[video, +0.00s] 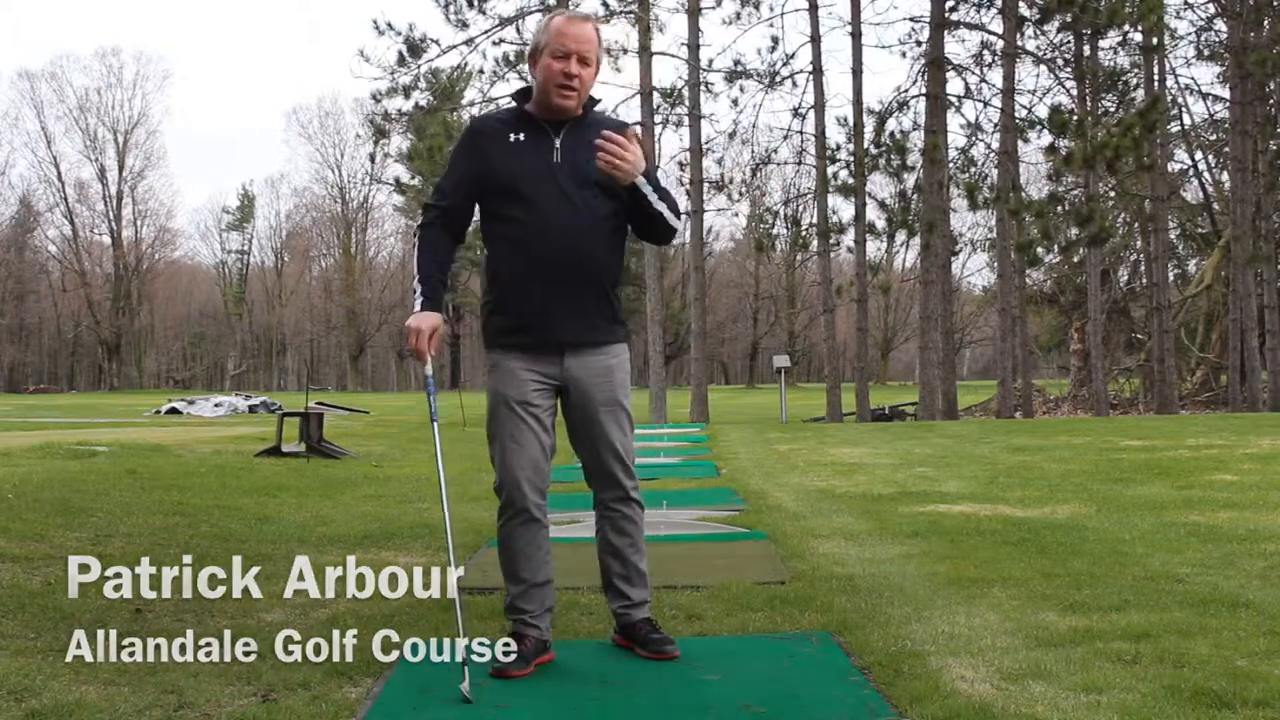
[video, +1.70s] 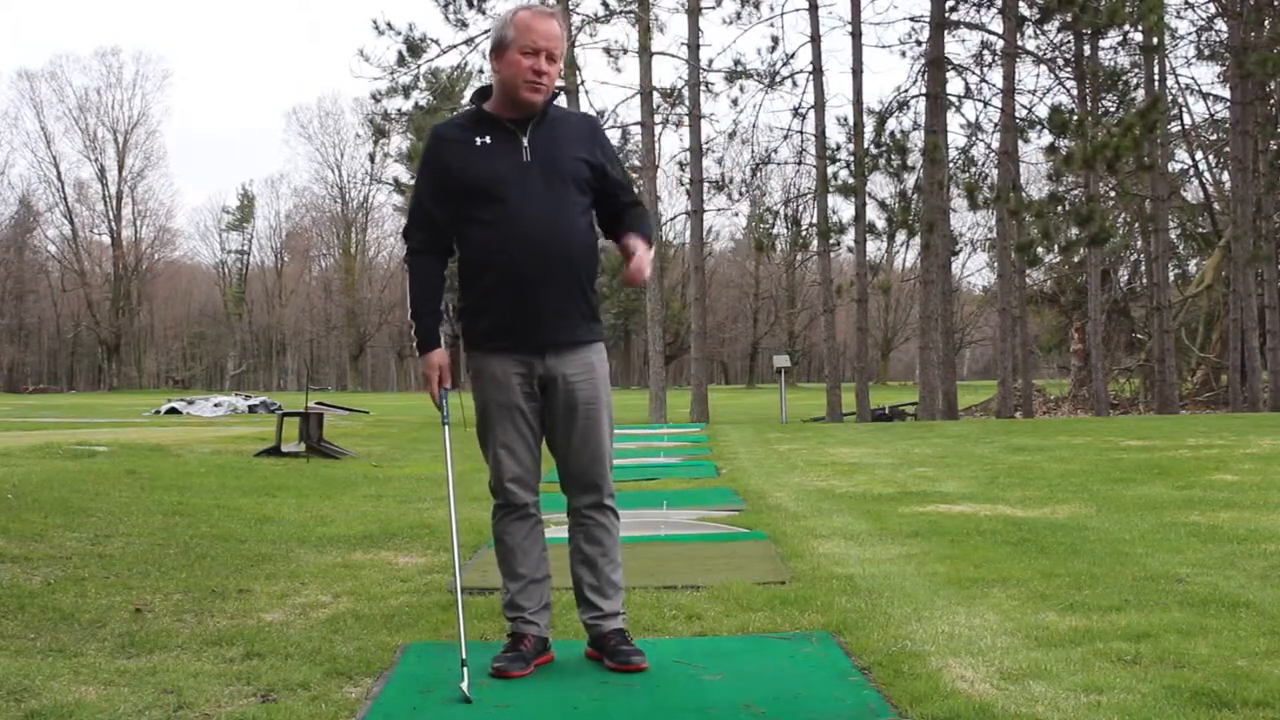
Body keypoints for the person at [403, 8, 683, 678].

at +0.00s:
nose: (571, 70)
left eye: (584, 61)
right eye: (560, 56)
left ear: (598, 73)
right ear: (533, 62)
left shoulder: (618, 139)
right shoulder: (487, 136)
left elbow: (665, 228)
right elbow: (442, 222)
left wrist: (636, 180)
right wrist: (428, 304)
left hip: (598, 340)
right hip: (516, 343)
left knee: (618, 484)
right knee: (520, 493)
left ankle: (634, 616)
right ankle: (530, 632)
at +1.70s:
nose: (544, 68)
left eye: (554, 58)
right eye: (531, 55)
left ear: (563, 66)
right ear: (496, 59)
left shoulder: (582, 132)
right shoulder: (451, 141)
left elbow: (622, 206)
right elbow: (426, 246)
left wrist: (637, 240)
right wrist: (430, 339)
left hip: (577, 341)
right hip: (494, 346)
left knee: (594, 493)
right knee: (514, 496)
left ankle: (608, 628)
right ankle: (527, 631)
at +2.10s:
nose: (530, 68)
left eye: (542, 57)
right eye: (518, 53)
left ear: (553, 64)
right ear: (487, 57)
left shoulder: (577, 131)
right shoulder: (442, 141)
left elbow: (614, 216)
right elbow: (415, 242)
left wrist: (632, 269)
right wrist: (428, 334)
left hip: (572, 340)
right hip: (488, 347)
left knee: (593, 492)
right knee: (511, 497)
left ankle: (607, 628)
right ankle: (527, 631)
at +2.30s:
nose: (529, 67)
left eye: (540, 56)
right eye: (515, 53)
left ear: (550, 63)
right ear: (485, 57)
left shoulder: (575, 132)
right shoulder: (441, 142)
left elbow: (614, 210)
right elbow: (414, 245)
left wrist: (638, 248)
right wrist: (424, 338)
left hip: (571, 340)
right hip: (488, 347)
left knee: (593, 492)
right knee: (510, 496)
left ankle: (607, 628)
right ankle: (528, 632)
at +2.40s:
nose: (526, 67)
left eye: (537, 56)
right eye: (514, 53)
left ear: (548, 65)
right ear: (484, 58)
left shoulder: (576, 133)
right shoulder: (441, 143)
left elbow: (613, 209)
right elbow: (417, 246)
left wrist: (624, 241)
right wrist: (425, 340)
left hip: (571, 338)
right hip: (487, 345)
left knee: (592, 492)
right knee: (511, 496)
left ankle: (608, 629)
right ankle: (528, 632)